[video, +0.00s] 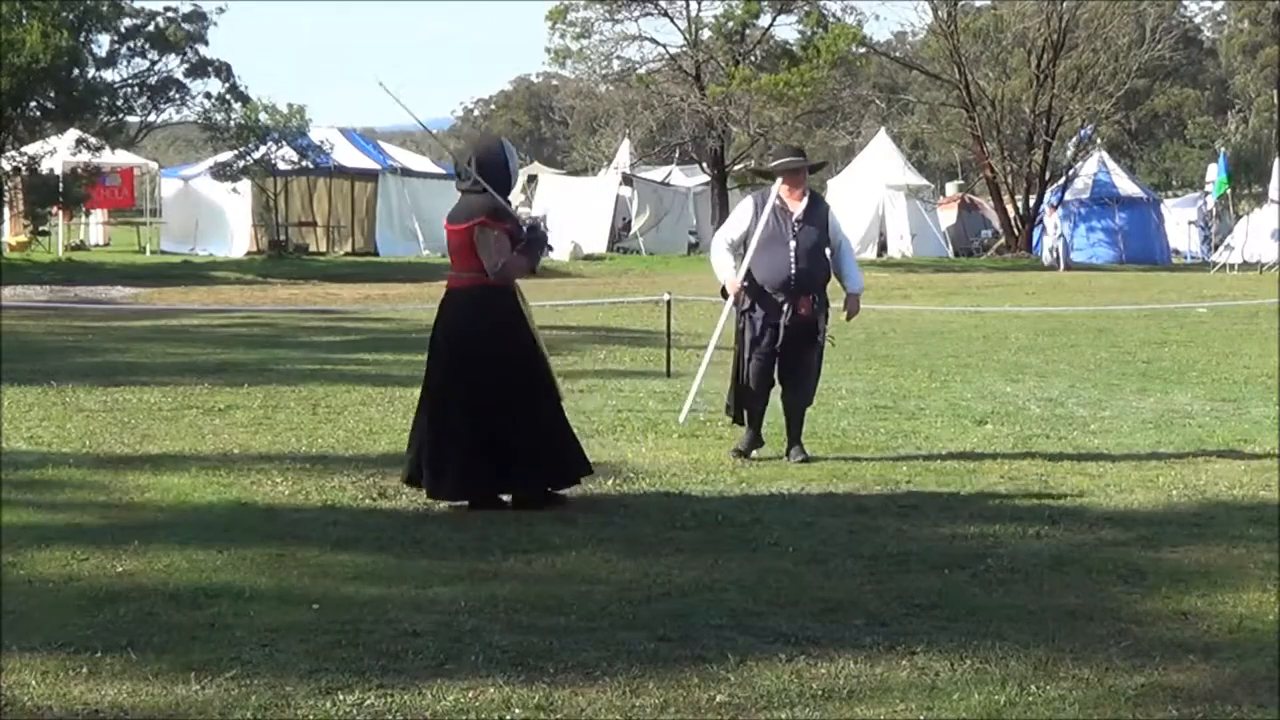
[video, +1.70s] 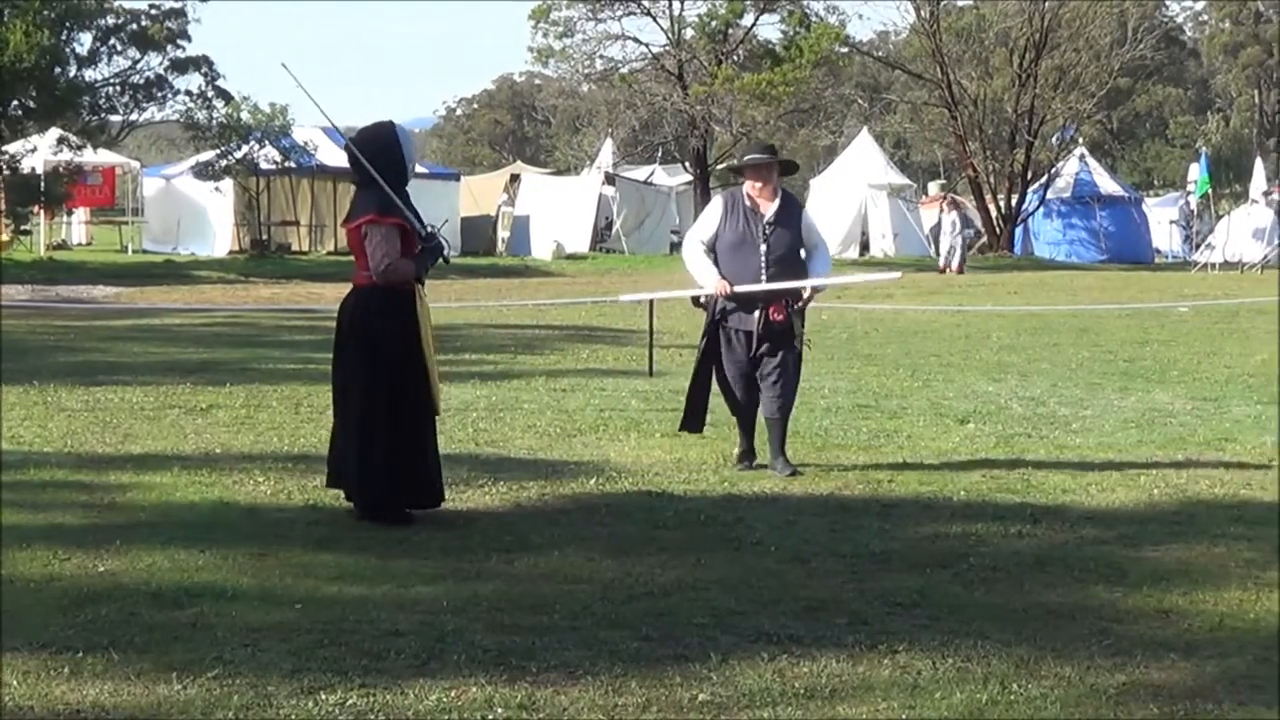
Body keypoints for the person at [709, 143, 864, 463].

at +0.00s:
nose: (793, 179)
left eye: (798, 172)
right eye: (786, 174)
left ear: (808, 174)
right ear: (776, 176)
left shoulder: (821, 210)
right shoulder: (754, 206)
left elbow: (842, 249)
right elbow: (720, 243)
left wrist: (854, 288)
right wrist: (729, 277)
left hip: (807, 306)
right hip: (761, 304)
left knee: (800, 380)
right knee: (755, 375)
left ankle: (795, 442)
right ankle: (752, 434)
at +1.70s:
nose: (758, 175)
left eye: (765, 169)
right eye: (752, 169)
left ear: (777, 171)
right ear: (743, 172)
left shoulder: (793, 209)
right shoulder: (724, 205)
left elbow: (819, 249)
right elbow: (692, 244)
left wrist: (815, 281)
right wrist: (711, 277)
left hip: (781, 313)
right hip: (735, 313)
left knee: (778, 387)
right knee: (740, 388)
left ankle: (778, 455)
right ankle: (746, 446)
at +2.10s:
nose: (717, 173)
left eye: (725, 166)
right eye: (712, 167)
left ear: (741, 169)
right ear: (705, 171)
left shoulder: (759, 208)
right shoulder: (689, 203)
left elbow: (784, 252)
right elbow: (658, 239)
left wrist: (753, 257)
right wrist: (655, 260)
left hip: (742, 313)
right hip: (693, 310)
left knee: (741, 389)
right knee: (690, 388)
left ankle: (740, 455)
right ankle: (688, 458)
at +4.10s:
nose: (475, 176)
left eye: (481, 168)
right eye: (468, 170)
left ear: (492, 169)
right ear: (456, 174)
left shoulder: (507, 206)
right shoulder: (441, 208)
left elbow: (531, 255)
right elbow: (412, 249)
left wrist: (534, 239)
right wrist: (395, 287)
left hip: (505, 311)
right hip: (463, 311)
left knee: (498, 391)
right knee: (480, 393)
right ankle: (481, 469)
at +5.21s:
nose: (451, 173)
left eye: (456, 166)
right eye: (443, 167)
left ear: (464, 168)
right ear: (428, 171)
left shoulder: (476, 205)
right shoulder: (411, 204)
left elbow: (493, 254)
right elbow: (384, 249)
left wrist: (521, 241)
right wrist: (406, 277)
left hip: (473, 312)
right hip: (430, 310)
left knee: (471, 394)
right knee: (430, 393)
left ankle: (466, 472)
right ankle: (397, 465)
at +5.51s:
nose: (457, 176)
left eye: (463, 168)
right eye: (450, 170)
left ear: (474, 170)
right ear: (437, 173)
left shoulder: (484, 204)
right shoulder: (418, 206)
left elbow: (496, 255)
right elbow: (386, 246)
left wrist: (517, 254)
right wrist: (375, 283)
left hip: (481, 313)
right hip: (438, 314)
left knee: (481, 393)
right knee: (454, 396)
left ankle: (457, 463)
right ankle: (460, 477)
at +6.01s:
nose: (469, 179)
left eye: (474, 171)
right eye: (459, 174)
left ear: (484, 170)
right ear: (446, 178)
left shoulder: (496, 203)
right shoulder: (431, 209)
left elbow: (513, 240)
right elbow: (396, 251)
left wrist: (537, 258)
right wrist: (391, 284)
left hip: (499, 316)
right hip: (455, 319)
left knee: (509, 396)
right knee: (466, 402)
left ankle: (487, 461)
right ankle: (469, 481)